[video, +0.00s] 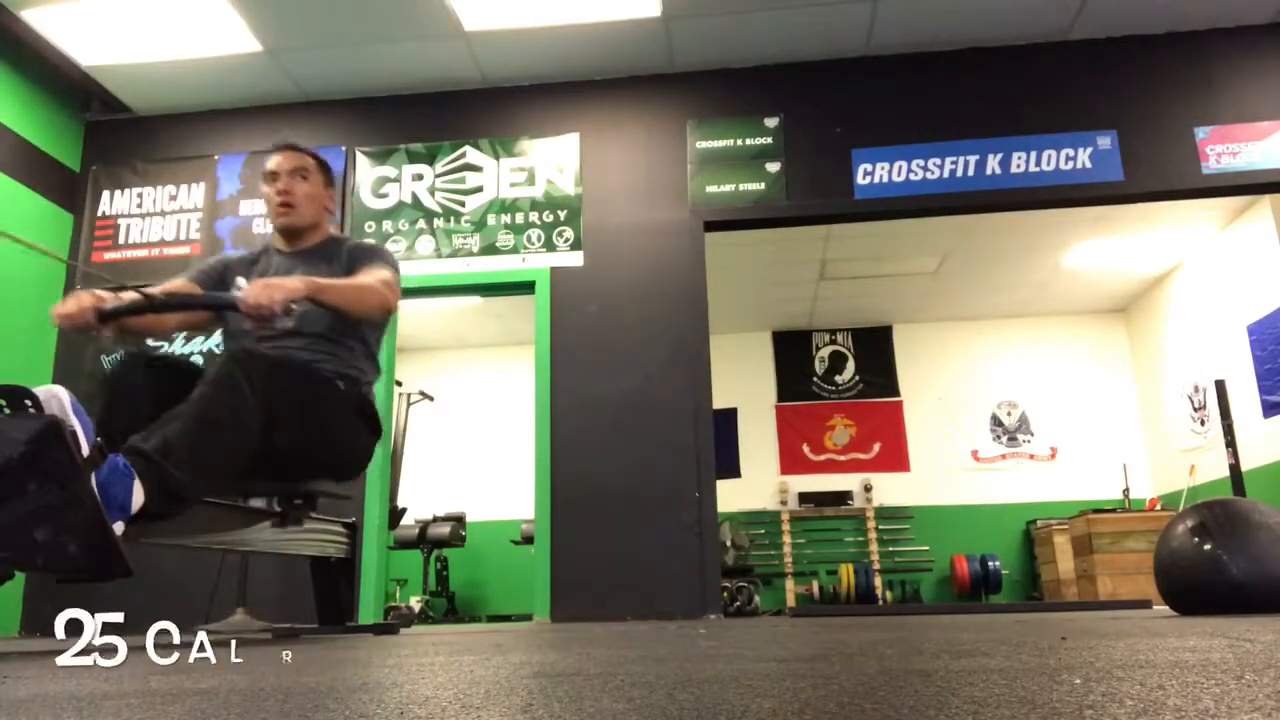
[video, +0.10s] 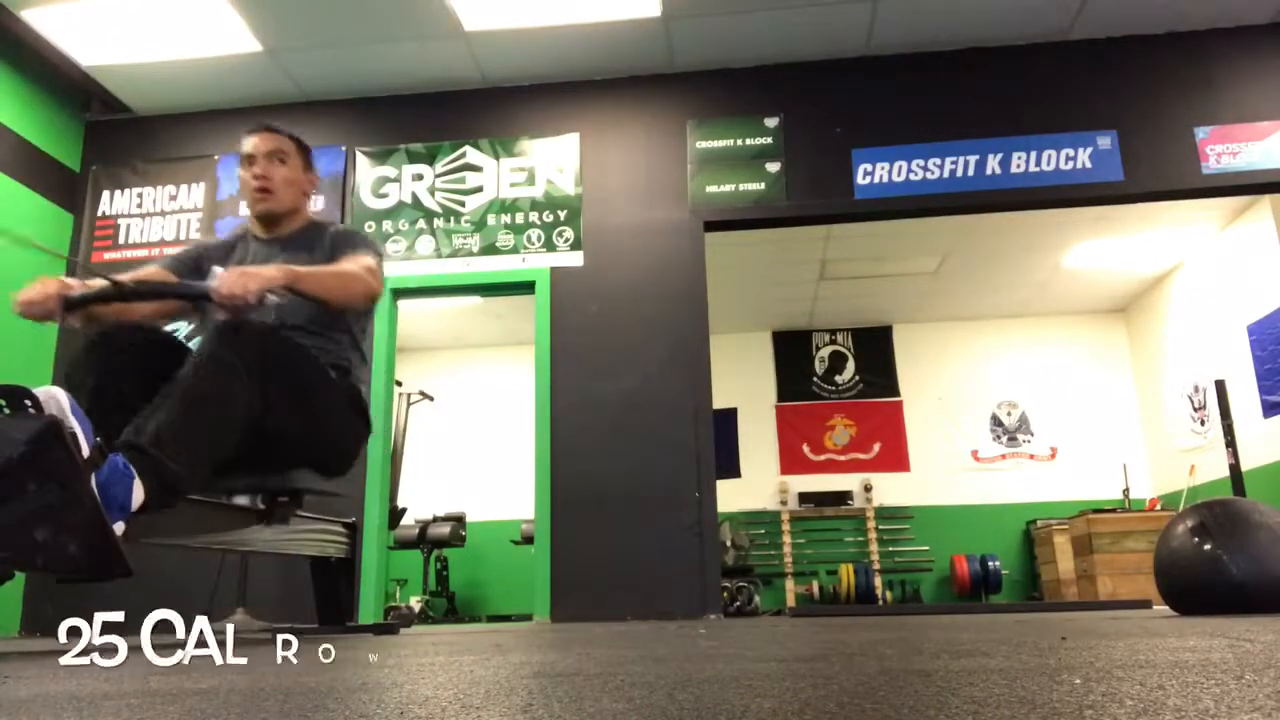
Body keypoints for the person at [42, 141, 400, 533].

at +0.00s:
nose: (282, 187)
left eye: (300, 177)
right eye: (273, 179)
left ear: (330, 200)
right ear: (263, 196)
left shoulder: (362, 257)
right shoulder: (242, 268)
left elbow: (381, 299)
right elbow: (168, 309)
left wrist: (301, 286)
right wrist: (106, 307)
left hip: (335, 420)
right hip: (242, 413)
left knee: (243, 371)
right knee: (139, 370)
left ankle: (128, 488)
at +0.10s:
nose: (260, 171)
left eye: (278, 160)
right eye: (250, 162)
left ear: (309, 184)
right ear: (239, 181)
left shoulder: (341, 242)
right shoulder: (218, 253)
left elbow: (365, 287)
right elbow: (141, 291)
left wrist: (280, 275)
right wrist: (74, 296)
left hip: (322, 421)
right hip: (226, 420)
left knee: (241, 339)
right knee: (119, 338)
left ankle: (122, 488)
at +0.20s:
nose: (229, 152)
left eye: (249, 140)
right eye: (219, 142)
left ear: (285, 164)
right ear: (209, 162)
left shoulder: (316, 224)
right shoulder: (192, 238)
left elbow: (342, 272)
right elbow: (105, 272)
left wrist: (243, 264)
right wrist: (30, 283)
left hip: (301, 418)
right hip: (199, 419)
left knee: (233, 314)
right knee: (106, 312)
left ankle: (123, 478)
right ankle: (23, 450)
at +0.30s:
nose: (196, 130)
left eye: (216, 116)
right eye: (183, 119)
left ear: (252, 137)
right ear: (172, 139)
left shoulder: (294, 204)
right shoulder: (161, 220)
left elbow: (315, 253)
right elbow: (62, 254)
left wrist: (200, 251)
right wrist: (15, 262)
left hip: (282, 413)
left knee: (220, 284)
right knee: (73, 284)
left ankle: (124, 466)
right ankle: (16, 442)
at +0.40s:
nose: (157, 107)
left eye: (180, 92)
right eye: (144, 96)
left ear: (223, 117)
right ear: (133, 117)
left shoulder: (266, 180)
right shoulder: (113, 197)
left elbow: (281, 233)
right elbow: (12, 233)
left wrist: (159, 227)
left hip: (261, 407)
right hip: (144, 404)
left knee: (208, 256)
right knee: (30, 265)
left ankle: (124, 458)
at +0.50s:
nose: (123, 85)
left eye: (146, 70)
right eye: (108, 74)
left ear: (194, 97)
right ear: (96, 100)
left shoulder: (239, 164)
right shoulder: (71, 180)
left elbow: (244, 212)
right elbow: (8, 204)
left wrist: (92, 204)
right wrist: (30, 227)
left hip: (242, 399)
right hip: (114, 388)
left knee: (190, 237)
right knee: (17, 244)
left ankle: (125, 451)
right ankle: (16, 437)